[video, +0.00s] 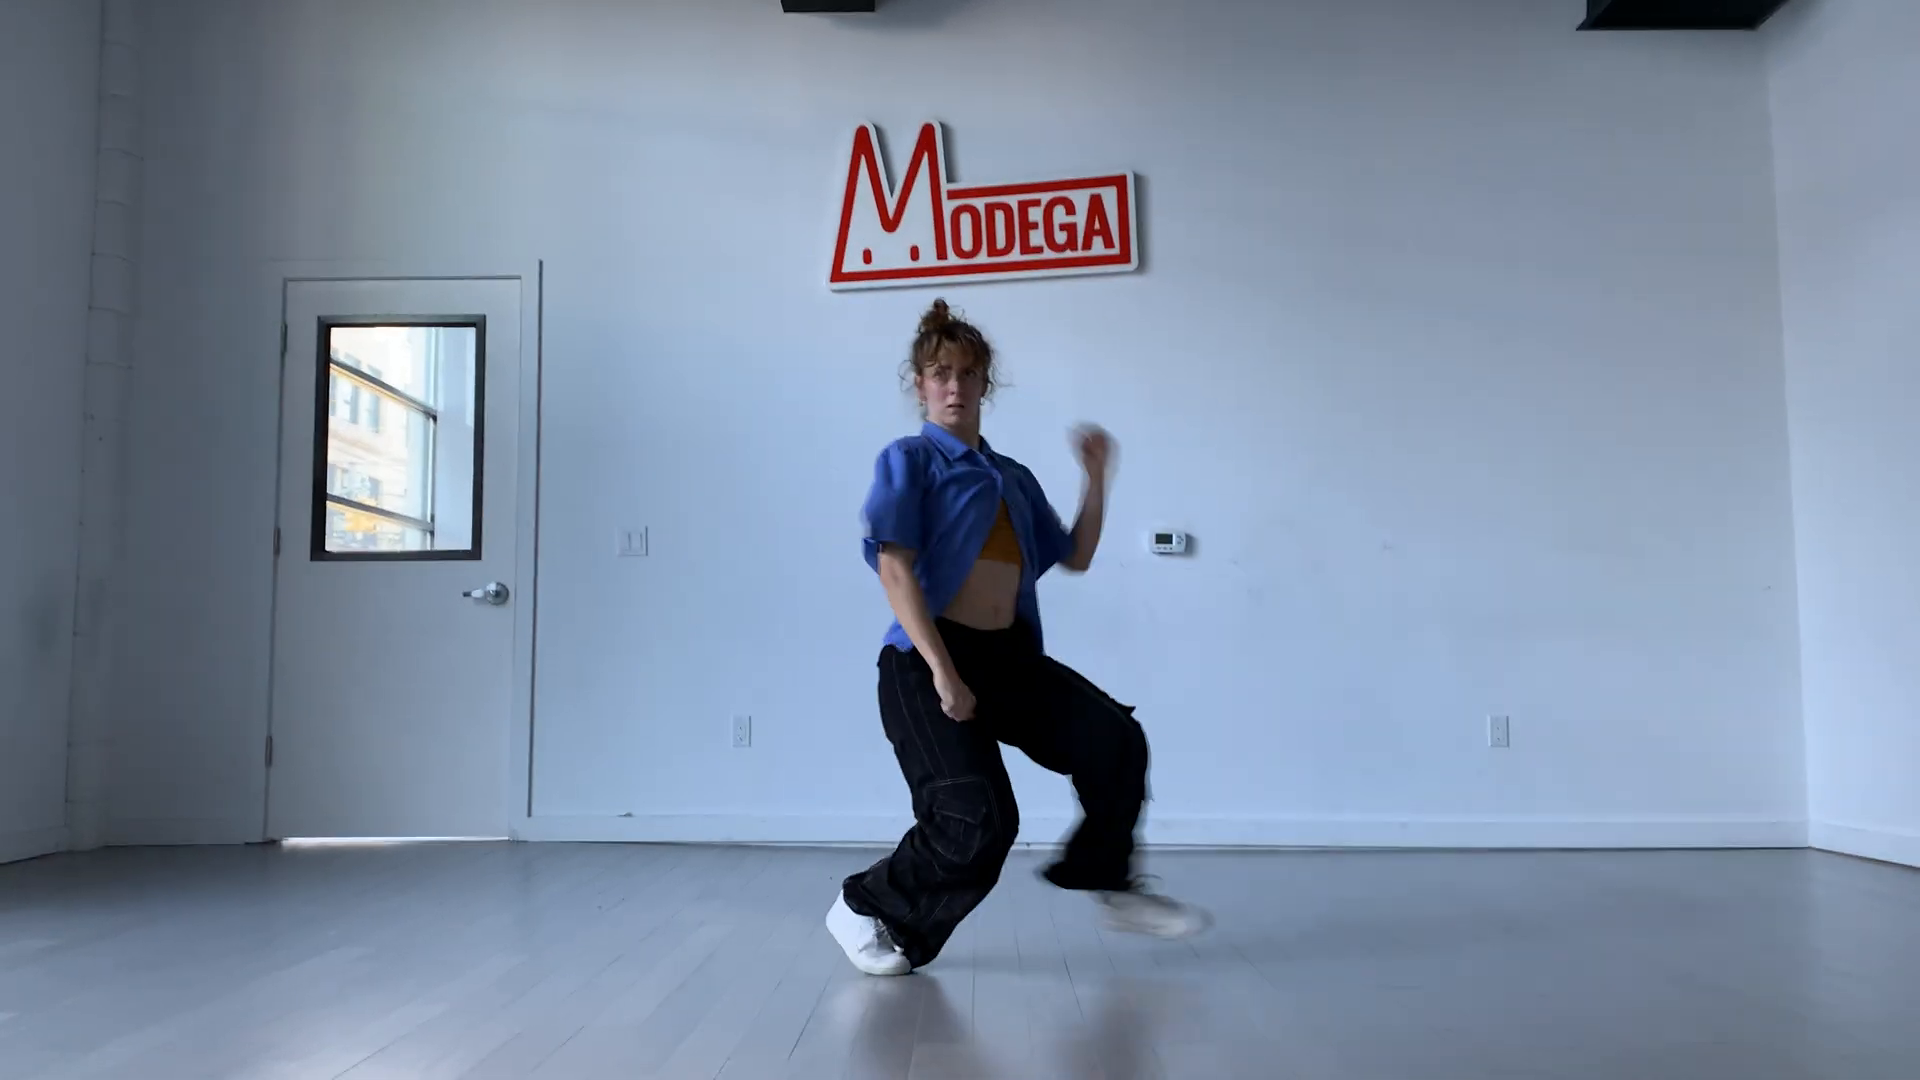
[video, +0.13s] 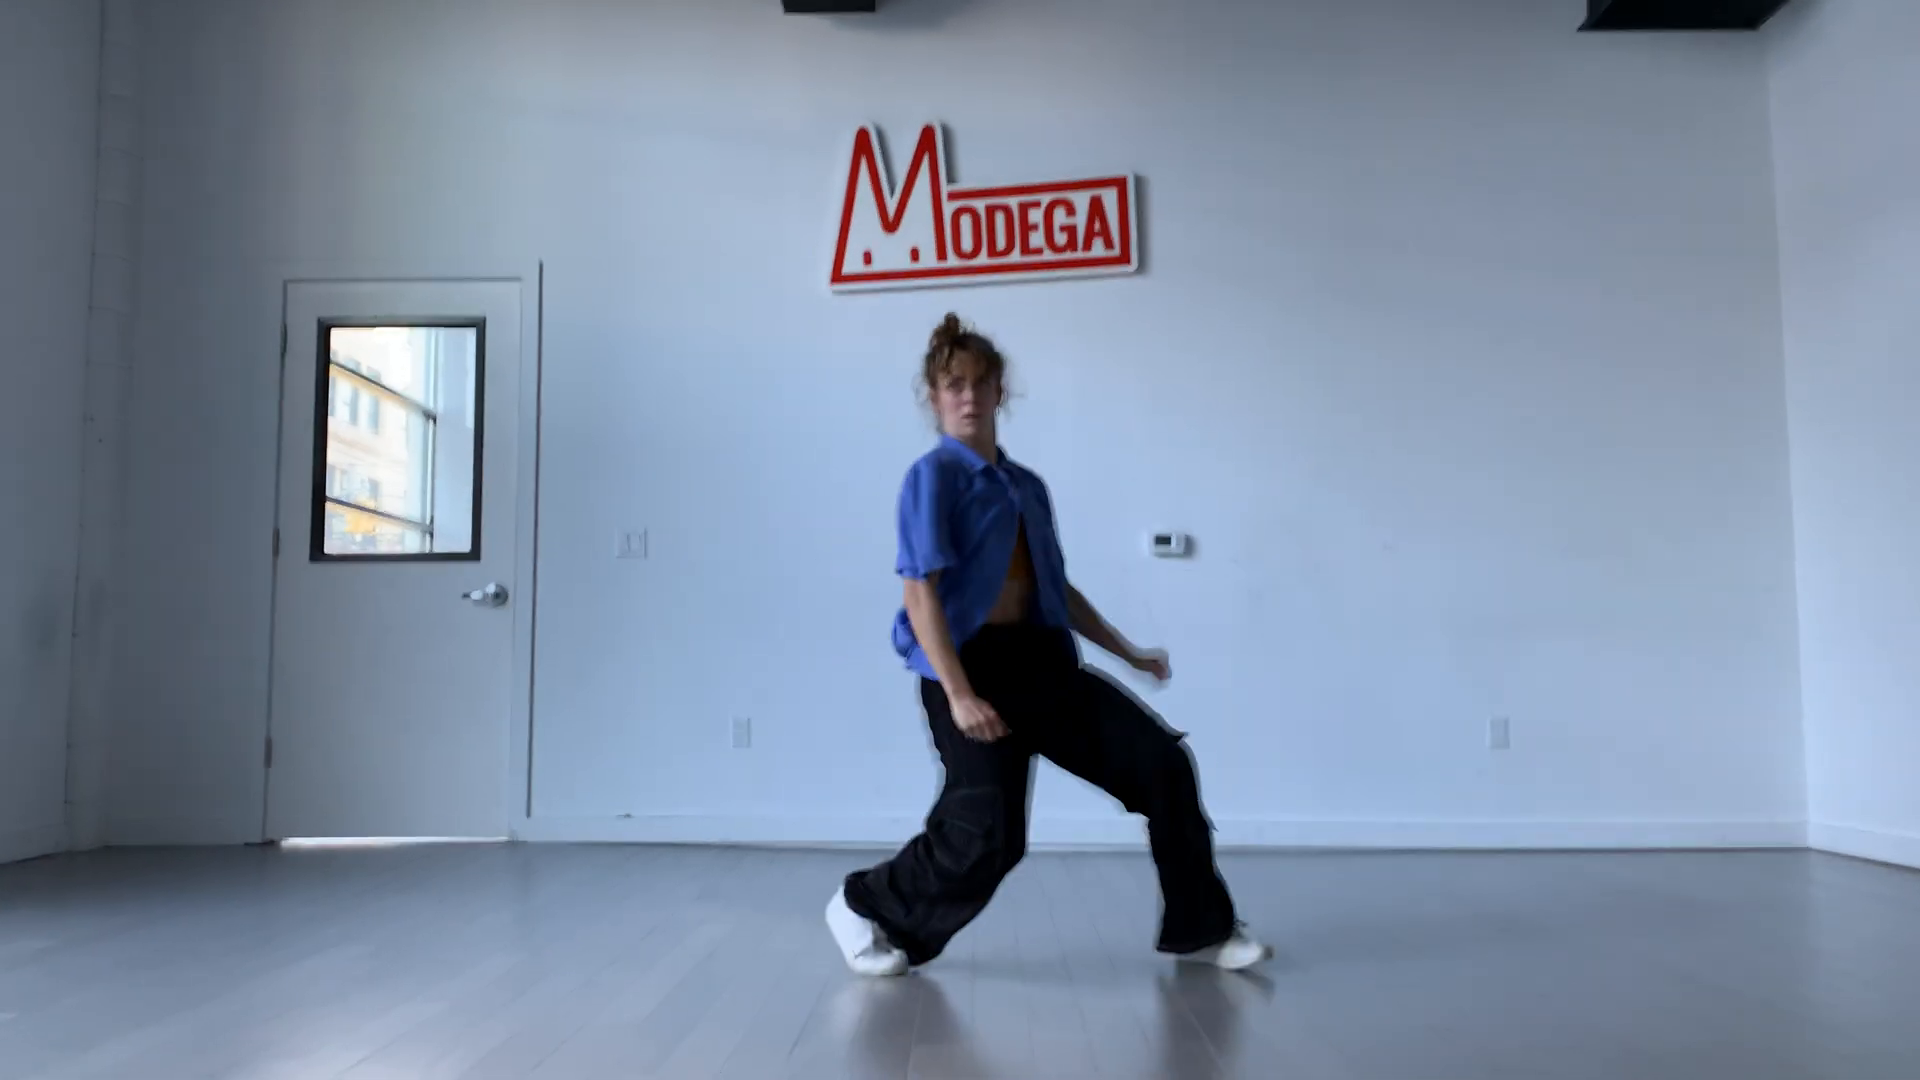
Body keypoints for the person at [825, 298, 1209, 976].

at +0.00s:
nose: (954, 386)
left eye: (966, 373)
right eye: (940, 374)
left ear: (984, 383)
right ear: (920, 385)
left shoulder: (1013, 477)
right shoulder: (908, 461)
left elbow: (1075, 555)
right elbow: (894, 572)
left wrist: (1096, 479)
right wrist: (944, 672)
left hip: (1008, 664)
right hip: (929, 667)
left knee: (1116, 744)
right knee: (978, 818)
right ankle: (868, 909)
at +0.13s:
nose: (969, 397)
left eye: (982, 383)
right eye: (953, 386)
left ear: (1000, 393)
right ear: (933, 401)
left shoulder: (1027, 486)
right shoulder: (932, 478)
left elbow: (1056, 589)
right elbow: (919, 595)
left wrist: (1129, 654)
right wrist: (959, 694)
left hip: (1040, 666)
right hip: (969, 675)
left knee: (1163, 765)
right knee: (989, 830)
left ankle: (1201, 927)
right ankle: (868, 908)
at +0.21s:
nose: (980, 404)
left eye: (991, 390)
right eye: (964, 392)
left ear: (1008, 400)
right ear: (942, 404)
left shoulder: (1032, 490)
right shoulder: (935, 489)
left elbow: (1053, 589)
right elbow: (913, 602)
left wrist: (1089, 652)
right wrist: (976, 687)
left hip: (1071, 650)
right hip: (1004, 665)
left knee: (1195, 760)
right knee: (1012, 827)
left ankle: (1213, 927)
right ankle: (880, 902)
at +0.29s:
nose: (978, 414)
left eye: (990, 400)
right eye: (962, 401)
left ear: (1005, 409)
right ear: (939, 412)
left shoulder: (1015, 491)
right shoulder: (930, 493)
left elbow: (1045, 587)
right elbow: (923, 609)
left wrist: (1104, 646)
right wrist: (991, 688)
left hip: (1100, 654)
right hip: (1033, 672)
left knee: (1212, 767)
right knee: (1014, 853)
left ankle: (1215, 929)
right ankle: (875, 901)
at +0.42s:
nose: (972, 410)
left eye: (982, 397)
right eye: (956, 400)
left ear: (997, 406)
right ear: (934, 415)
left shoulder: (1017, 481)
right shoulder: (944, 487)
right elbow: (944, 602)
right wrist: (1020, 679)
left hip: (1119, 650)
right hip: (1055, 665)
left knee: (1219, 770)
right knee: (1016, 846)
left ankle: (1214, 929)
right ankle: (876, 902)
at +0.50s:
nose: (974, 398)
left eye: (980, 386)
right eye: (955, 393)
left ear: (996, 397)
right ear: (934, 417)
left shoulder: (1034, 472)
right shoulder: (959, 477)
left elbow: (1085, 552)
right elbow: (959, 594)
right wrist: (1034, 673)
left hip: (1121, 650)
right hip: (1061, 663)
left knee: (1224, 767)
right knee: (1011, 840)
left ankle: (1213, 928)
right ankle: (872, 904)